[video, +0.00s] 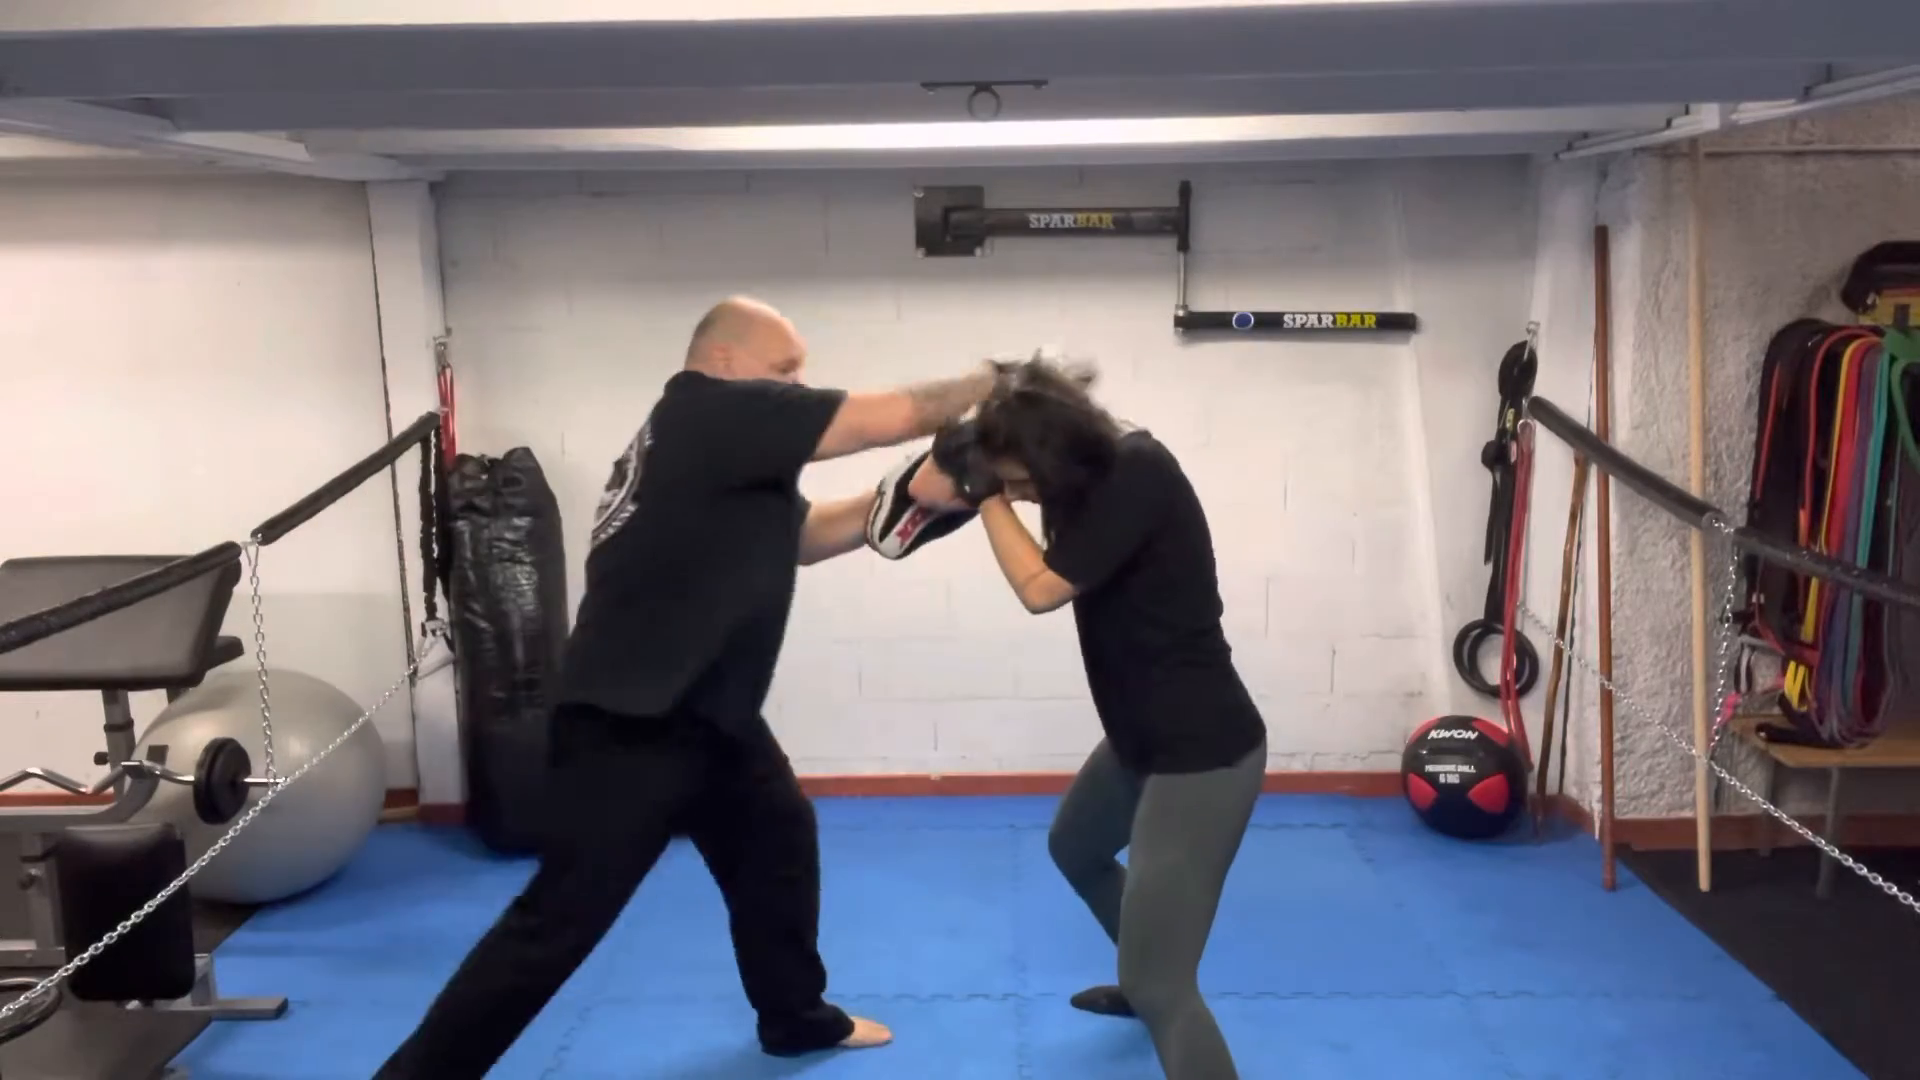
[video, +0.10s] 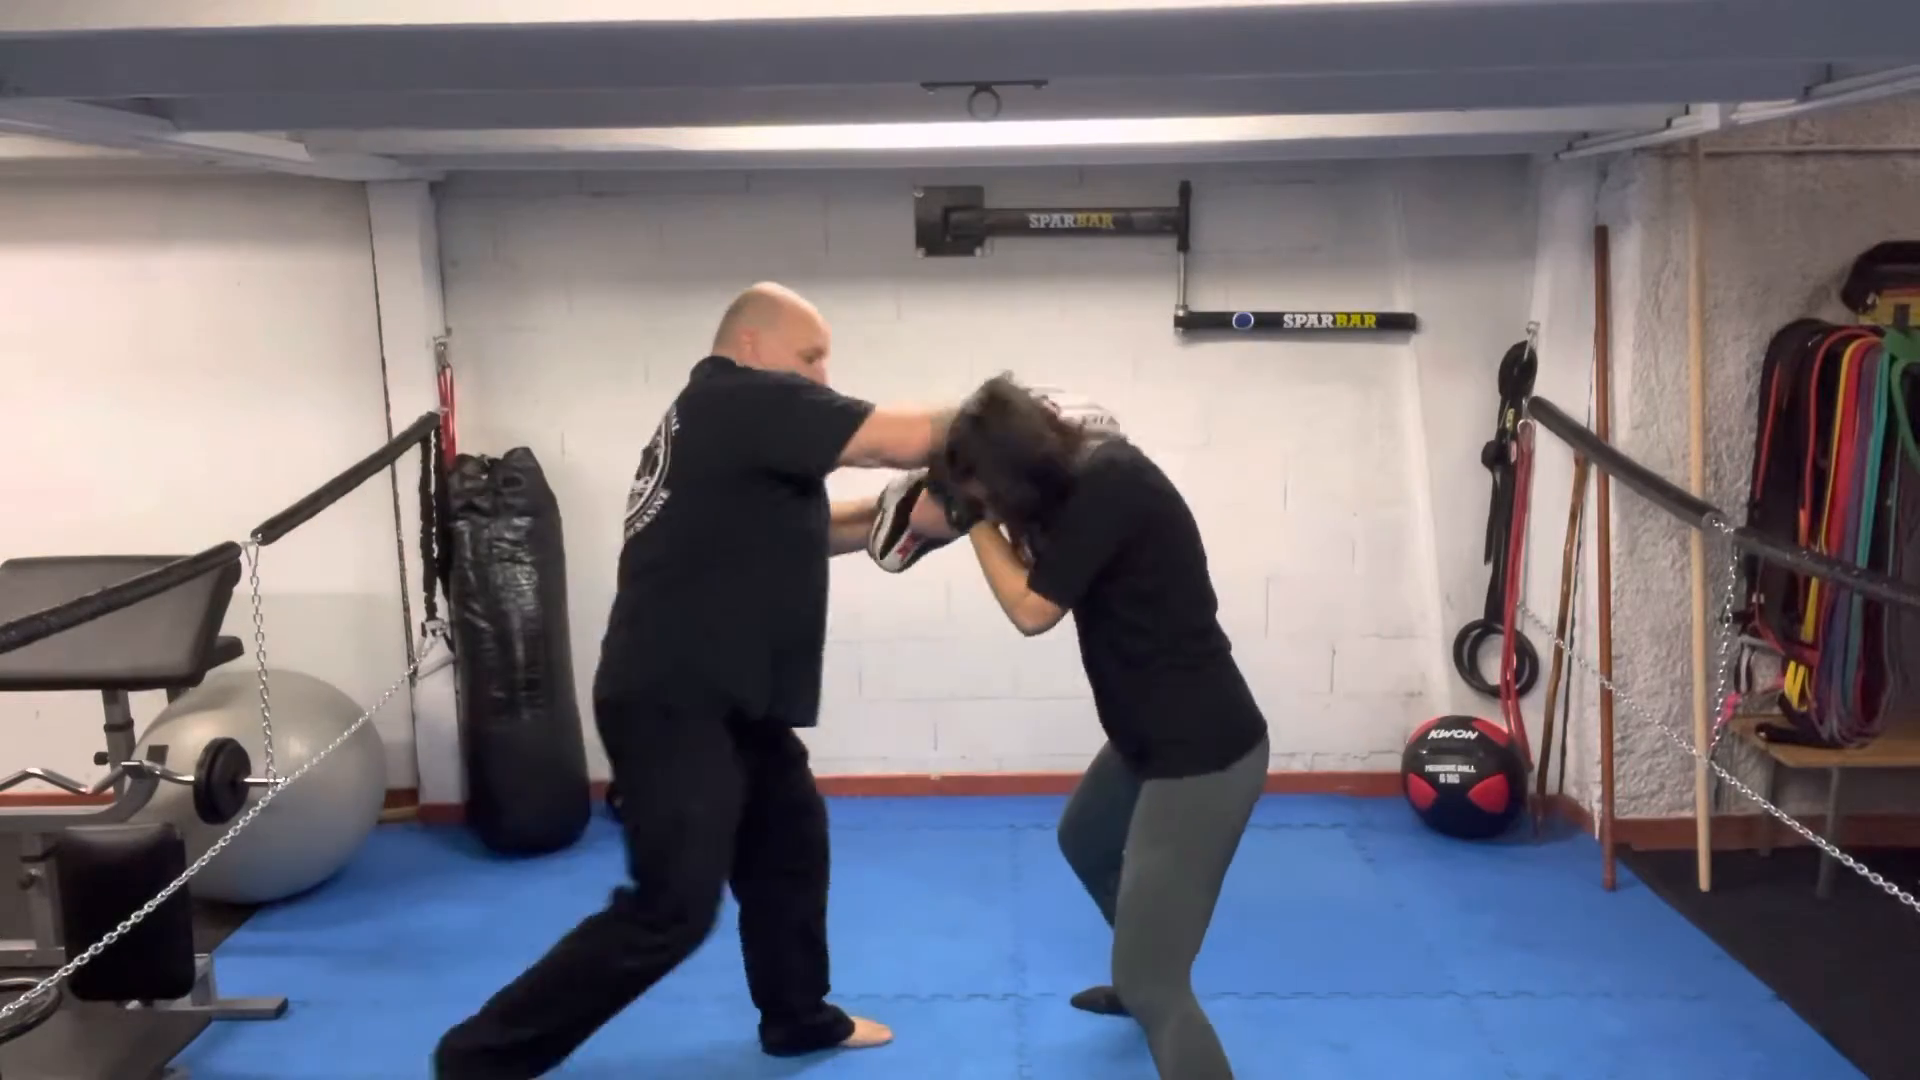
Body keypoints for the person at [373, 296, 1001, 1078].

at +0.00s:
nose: (797, 387)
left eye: (797, 373)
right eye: (784, 369)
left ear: (722, 364)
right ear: (726, 359)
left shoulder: (715, 450)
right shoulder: (707, 415)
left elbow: (804, 533)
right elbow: (904, 413)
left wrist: (909, 499)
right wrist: (997, 375)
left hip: (708, 718)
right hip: (628, 722)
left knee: (775, 842)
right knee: (560, 919)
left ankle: (795, 1019)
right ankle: (416, 1073)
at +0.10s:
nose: (823, 380)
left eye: (824, 364)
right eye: (812, 361)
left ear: (740, 350)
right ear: (758, 349)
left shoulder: (721, 420)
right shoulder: (738, 402)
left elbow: (796, 529)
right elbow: (905, 440)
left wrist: (913, 512)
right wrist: (1018, 421)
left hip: (727, 697)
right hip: (669, 697)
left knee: (788, 837)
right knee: (675, 904)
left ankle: (797, 1018)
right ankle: (478, 1058)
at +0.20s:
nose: (823, 370)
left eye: (825, 354)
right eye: (814, 350)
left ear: (746, 337)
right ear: (758, 333)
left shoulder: (712, 399)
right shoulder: (745, 392)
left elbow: (794, 518)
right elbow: (898, 452)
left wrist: (898, 495)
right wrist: (979, 432)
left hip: (718, 664)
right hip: (715, 669)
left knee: (800, 847)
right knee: (807, 857)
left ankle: (798, 1021)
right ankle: (607, 982)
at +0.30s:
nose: (815, 367)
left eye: (818, 350)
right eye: (806, 346)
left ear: (742, 331)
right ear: (748, 327)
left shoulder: (711, 389)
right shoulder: (738, 391)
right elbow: (865, 464)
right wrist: (988, 444)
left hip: (737, 648)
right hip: (763, 646)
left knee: (802, 827)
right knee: (920, 766)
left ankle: (801, 1020)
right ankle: (756, 915)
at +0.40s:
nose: (808, 367)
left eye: (811, 350)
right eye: (799, 347)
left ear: (735, 334)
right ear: (742, 329)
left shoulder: (700, 395)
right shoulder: (724, 397)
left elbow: (836, 487)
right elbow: (853, 494)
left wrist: (941, 487)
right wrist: (965, 471)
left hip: (774, 645)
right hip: (801, 641)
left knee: (830, 822)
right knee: (980, 698)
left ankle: (802, 1020)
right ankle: (861, 881)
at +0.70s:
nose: (817, 357)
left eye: (820, 341)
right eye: (804, 338)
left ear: (744, 336)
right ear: (747, 329)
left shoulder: (748, 404)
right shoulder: (725, 402)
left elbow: (844, 499)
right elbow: (841, 500)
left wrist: (954, 485)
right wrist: (974, 462)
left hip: (822, 638)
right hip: (810, 638)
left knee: (842, 824)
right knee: (964, 753)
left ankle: (806, 1019)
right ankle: (913, 980)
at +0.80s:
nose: (817, 349)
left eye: (820, 332)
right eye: (805, 330)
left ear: (746, 328)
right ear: (746, 322)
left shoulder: (729, 396)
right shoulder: (730, 391)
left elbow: (852, 495)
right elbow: (855, 483)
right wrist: (977, 416)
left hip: (787, 646)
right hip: (809, 642)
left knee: (831, 830)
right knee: (944, 792)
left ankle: (800, 1019)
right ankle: (867, 1045)